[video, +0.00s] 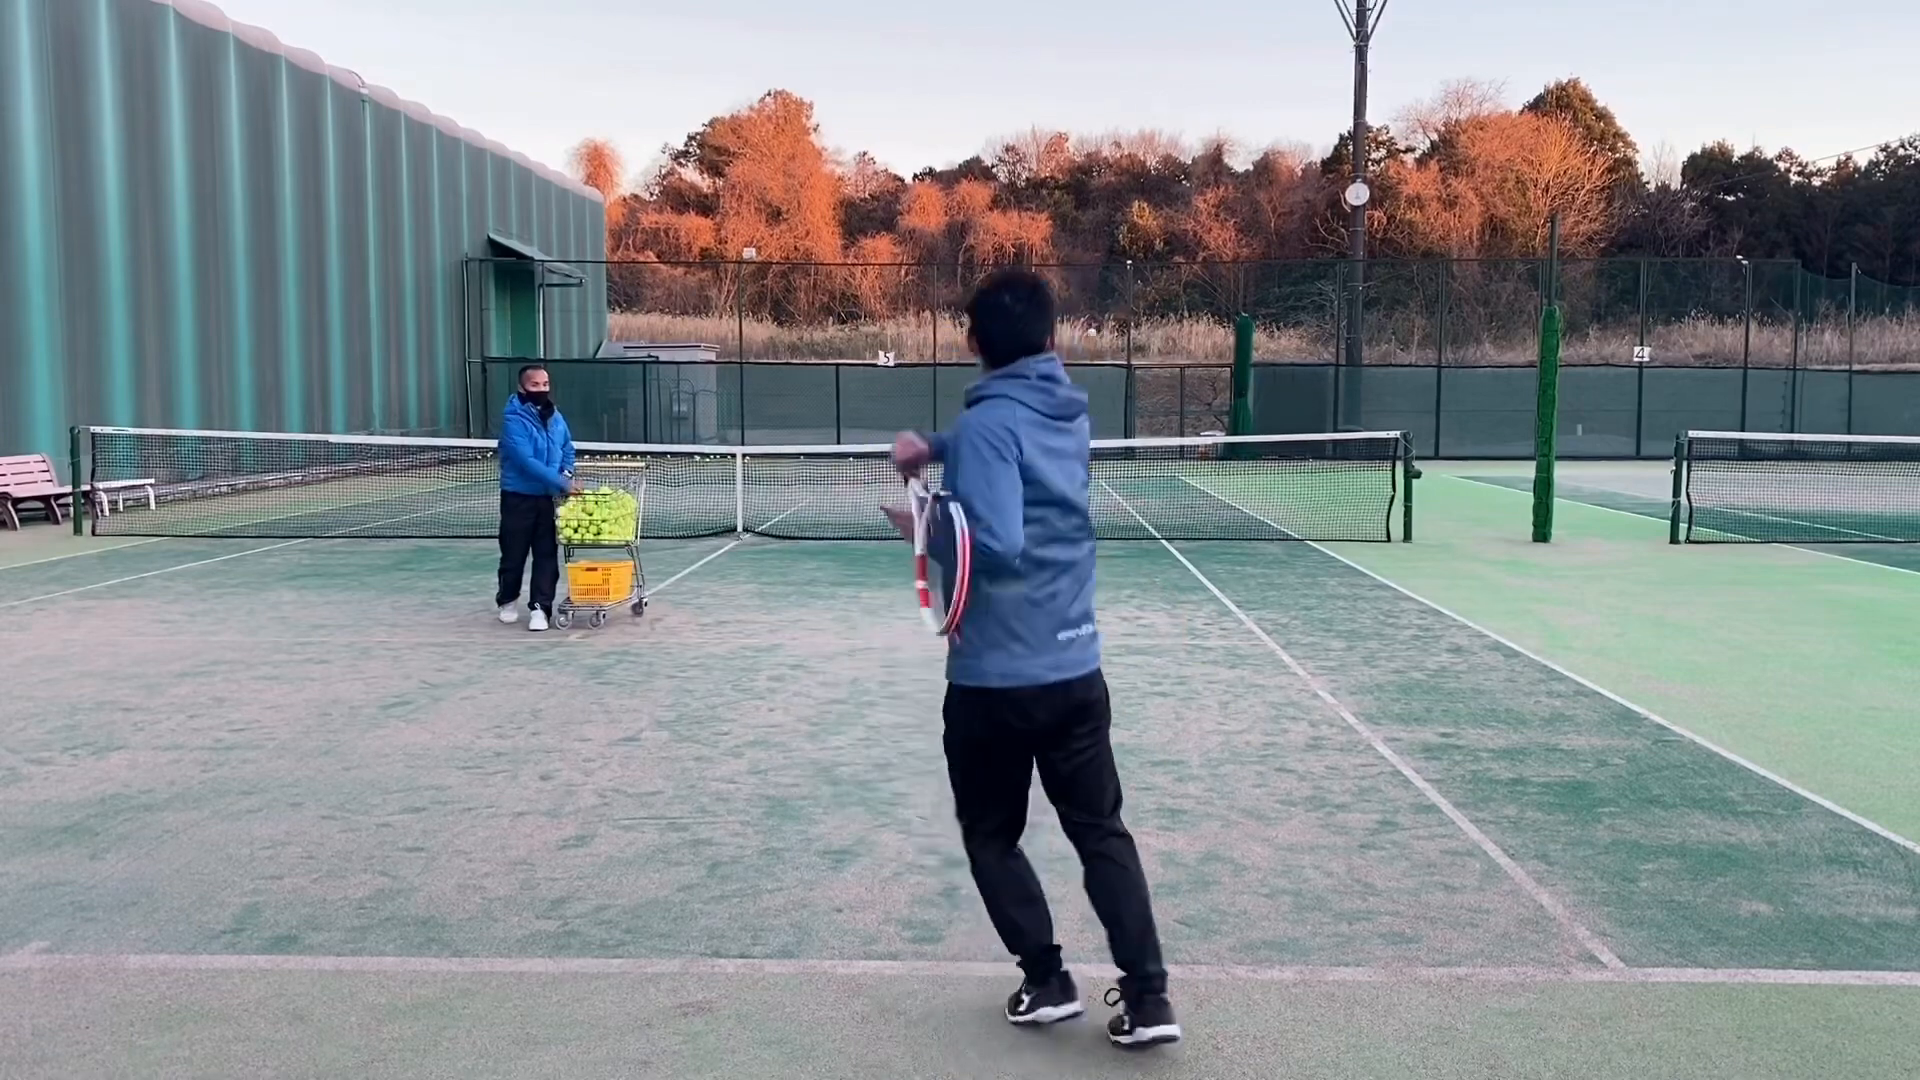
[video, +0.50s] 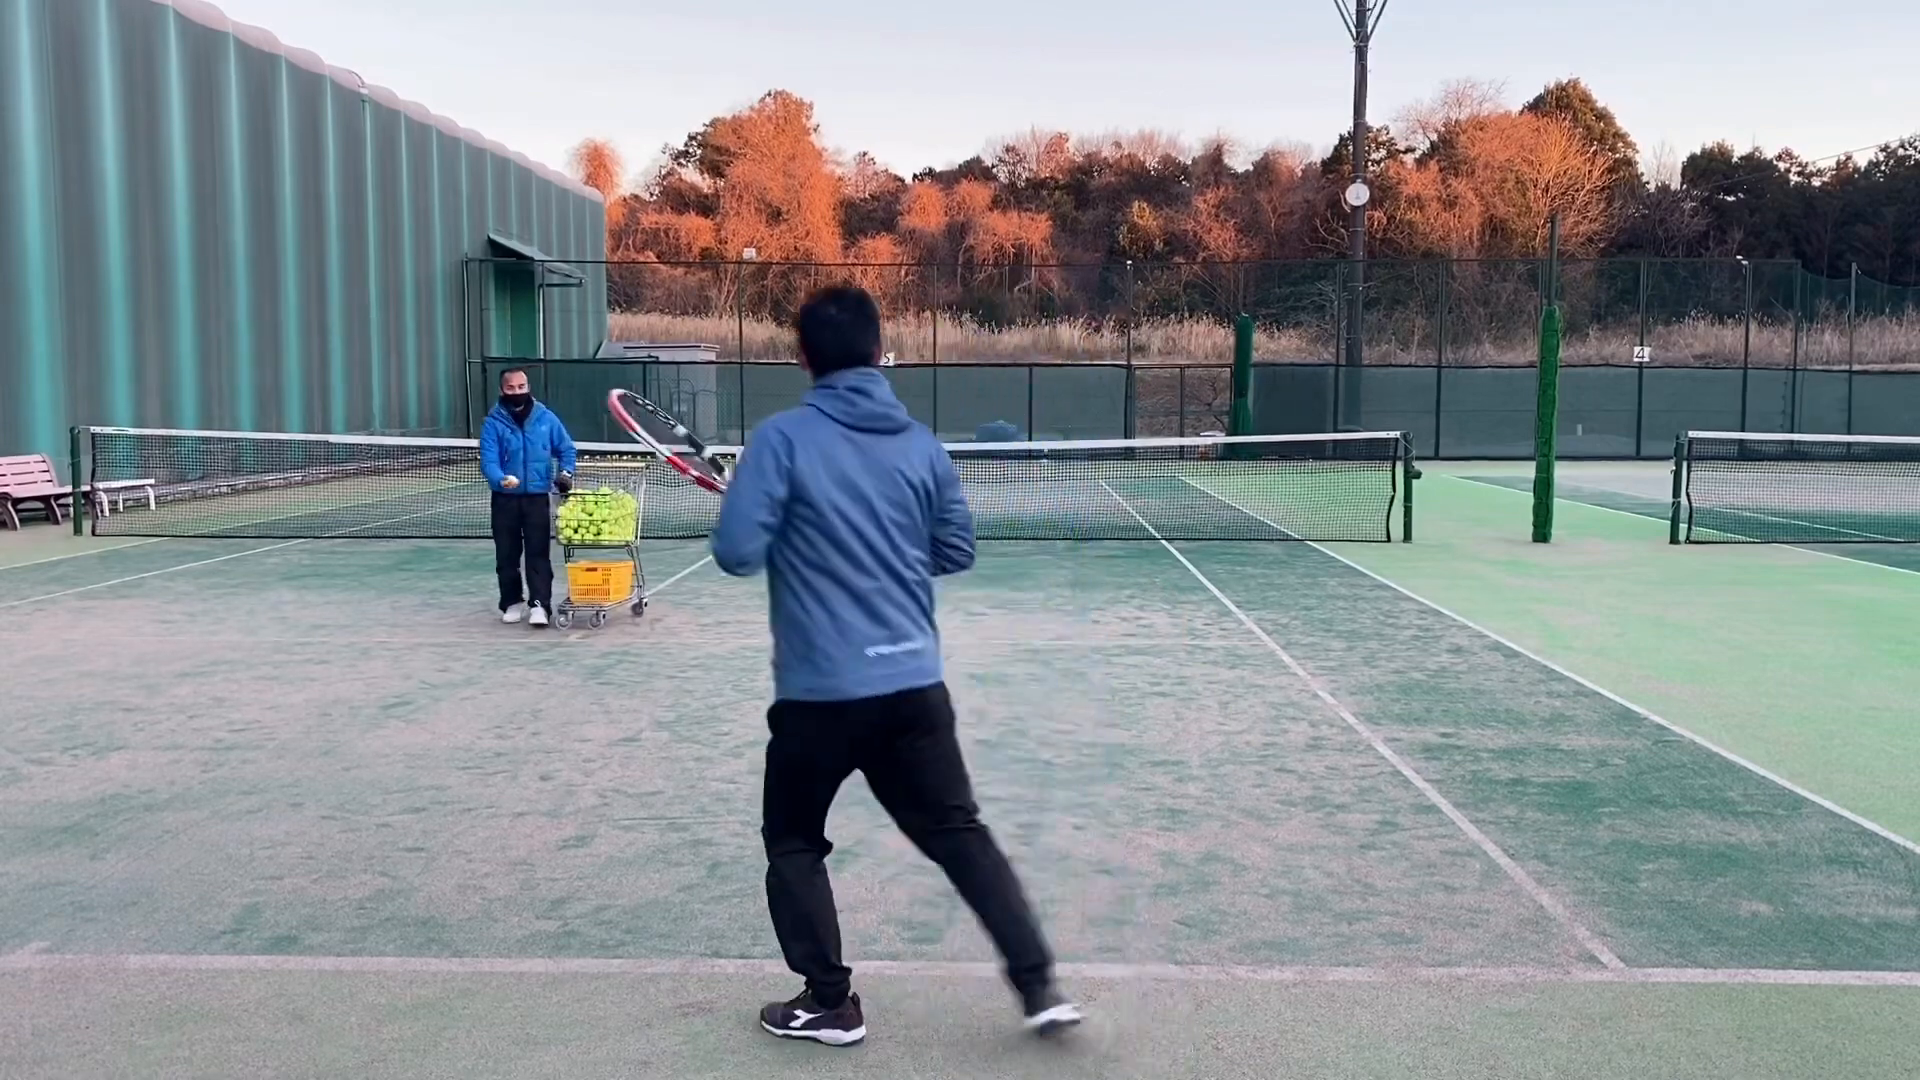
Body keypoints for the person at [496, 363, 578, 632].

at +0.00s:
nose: (542, 388)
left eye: (545, 384)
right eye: (535, 384)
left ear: (549, 385)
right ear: (522, 387)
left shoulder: (555, 416)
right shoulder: (513, 418)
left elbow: (568, 449)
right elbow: (524, 459)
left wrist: (566, 471)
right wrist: (562, 483)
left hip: (547, 494)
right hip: (517, 495)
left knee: (546, 555)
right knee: (514, 554)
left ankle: (541, 609)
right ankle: (508, 601)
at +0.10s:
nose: (538, 388)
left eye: (542, 384)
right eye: (532, 384)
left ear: (546, 385)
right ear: (520, 387)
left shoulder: (555, 416)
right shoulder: (510, 418)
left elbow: (569, 451)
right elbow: (517, 461)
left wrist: (565, 475)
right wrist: (554, 477)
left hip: (547, 496)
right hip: (516, 496)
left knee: (546, 555)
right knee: (514, 554)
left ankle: (541, 609)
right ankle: (512, 601)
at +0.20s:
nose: (533, 389)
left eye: (537, 384)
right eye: (527, 384)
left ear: (542, 386)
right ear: (515, 387)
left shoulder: (553, 417)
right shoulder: (505, 420)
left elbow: (568, 449)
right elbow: (508, 463)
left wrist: (566, 471)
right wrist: (543, 474)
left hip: (547, 497)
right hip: (515, 498)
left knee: (546, 555)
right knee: (514, 555)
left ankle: (541, 609)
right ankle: (512, 603)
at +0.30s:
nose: (527, 390)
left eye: (531, 385)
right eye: (521, 385)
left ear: (537, 387)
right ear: (511, 388)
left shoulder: (551, 417)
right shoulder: (500, 420)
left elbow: (568, 450)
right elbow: (500, 465)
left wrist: (566, 471)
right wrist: (529, 473)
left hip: (544, 497)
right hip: (512, 498)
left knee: (543, 554)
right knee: (512, 555)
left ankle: (540, 609)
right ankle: (511, 603)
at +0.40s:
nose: (522, 391)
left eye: (526, 386)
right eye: (516, 387)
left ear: (533, 388)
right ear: (506, 390)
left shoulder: (549, 418)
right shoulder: (496, 422)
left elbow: (568, 451)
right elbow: (492, 463)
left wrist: (566, 471)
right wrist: (512, 475)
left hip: (541, 497)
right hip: (508, 498)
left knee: (540, 554)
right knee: (509, 555)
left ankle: (540, 607)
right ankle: (511, 603)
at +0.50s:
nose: (517, 392)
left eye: (521, 387)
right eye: (511, 387)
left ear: (528, 387)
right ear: (502, 390)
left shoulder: (546, 418)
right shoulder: (493, 421)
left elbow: (567, 451)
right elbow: (488, 459)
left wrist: (565, 472)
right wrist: (500, 479)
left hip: (537, 497)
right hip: (505, 497)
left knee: (538, 552)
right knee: (506, 554)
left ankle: (539, 605)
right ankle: (512, 604)